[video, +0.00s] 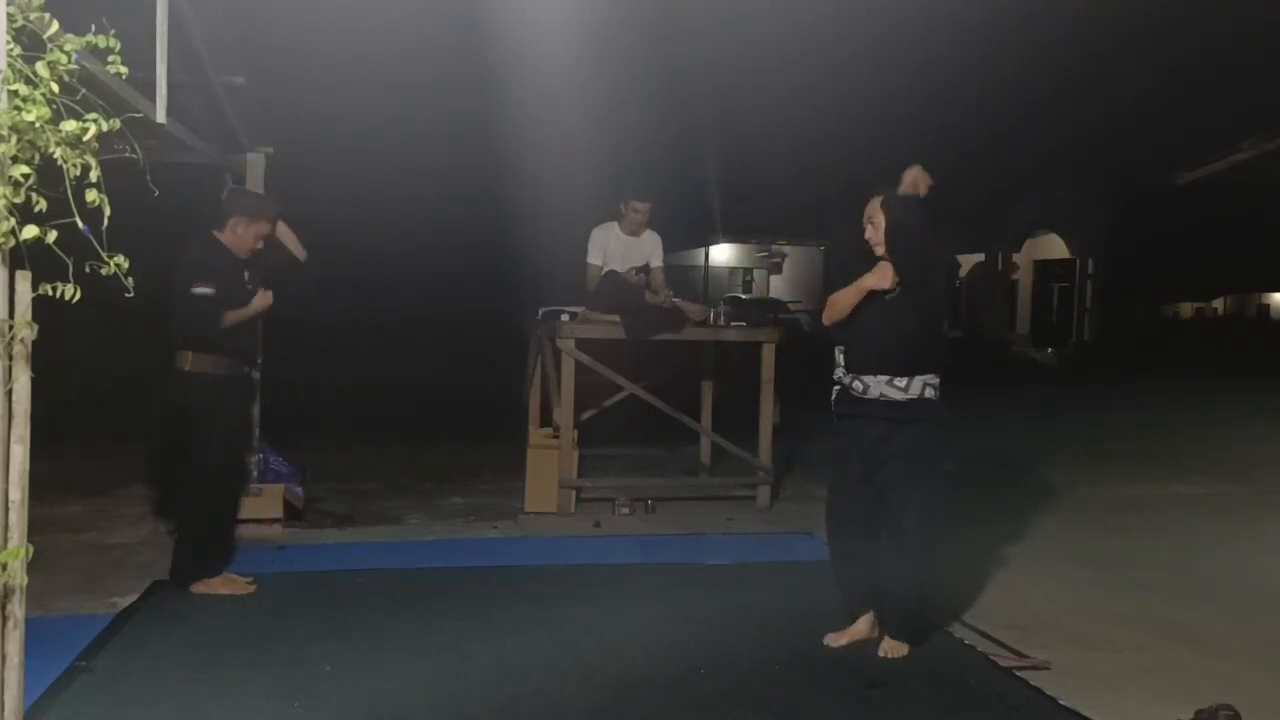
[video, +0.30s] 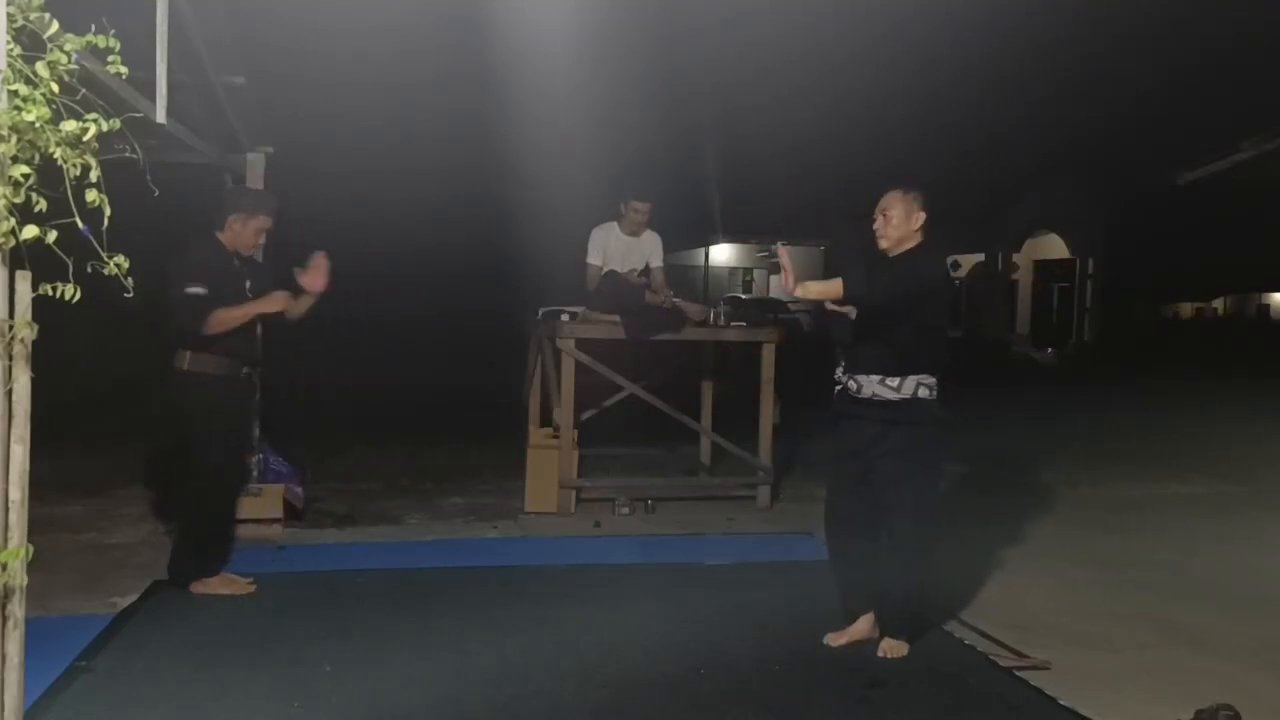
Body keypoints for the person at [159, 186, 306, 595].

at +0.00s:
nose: (259, 244)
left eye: (264, 237)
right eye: (258, 235)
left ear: (240, 228)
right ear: (235, 225)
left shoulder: (239, 260)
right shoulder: (205, 258)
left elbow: (297, 260)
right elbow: (199, 322)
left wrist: (270, 216)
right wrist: (253, 309)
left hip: (228, 381)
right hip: (205, 383)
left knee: (224, 472)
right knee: (209, 473)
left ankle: (211, 567)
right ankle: (200, 572)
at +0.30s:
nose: (263, 241)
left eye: (266, 232)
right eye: (259, 231)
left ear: (241, 227)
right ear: (233, 224)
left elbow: (287, 314)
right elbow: (200, 322)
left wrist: (310, 292)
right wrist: (262, 305)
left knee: (225, 472)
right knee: (210, 473)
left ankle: (207, 567)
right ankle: (198, 572)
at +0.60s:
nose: (258, 233)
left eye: (260, 225)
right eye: (253, 226)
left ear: (235, 225)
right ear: (227, 222)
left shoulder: (214, 256)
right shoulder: (210, 261)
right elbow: (277, 288)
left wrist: (260, 271)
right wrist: (346, 284)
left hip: (213, 381)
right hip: (208, 384)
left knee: (215, 471)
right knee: (215, 473)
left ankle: (203, 566)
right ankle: (202, 573)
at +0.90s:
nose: (258, 231)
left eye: (260, 223)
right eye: (253, 222)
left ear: (233, 223)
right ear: (228, 220)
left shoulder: (233, 260)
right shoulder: (204, 257)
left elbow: (277, 289)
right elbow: (216, 302)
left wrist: (340, 288)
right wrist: (250, 303)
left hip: (225, 380)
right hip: (207, 382)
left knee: (225, 472)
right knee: (214, 473)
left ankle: (209, 567)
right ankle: (202, 573)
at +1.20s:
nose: (255, 222)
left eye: (254, 213)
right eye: (248, 214)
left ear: (225, 219)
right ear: (224, 217)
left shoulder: (216, 257)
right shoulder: (209, 260)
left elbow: (250, 288)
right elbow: (265, 293)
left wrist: (274, 277)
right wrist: (286, 280)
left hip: (218, 383)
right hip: (209, 385)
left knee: (218, 475)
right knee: (216, 476)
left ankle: (208, 567)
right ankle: (201, 572)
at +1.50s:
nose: (251, 217)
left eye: (248, 209)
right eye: (244, 209)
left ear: (222, 215)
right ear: (221, 214)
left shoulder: (219, 258)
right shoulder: (207, 259)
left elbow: (247, 319)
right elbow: (270, 295)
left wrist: (302, 325)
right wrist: (268, 253)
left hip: (220, 378)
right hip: (208, 380)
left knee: (220, 472)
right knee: (214, 473)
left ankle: (208, 567)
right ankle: (202, 573)